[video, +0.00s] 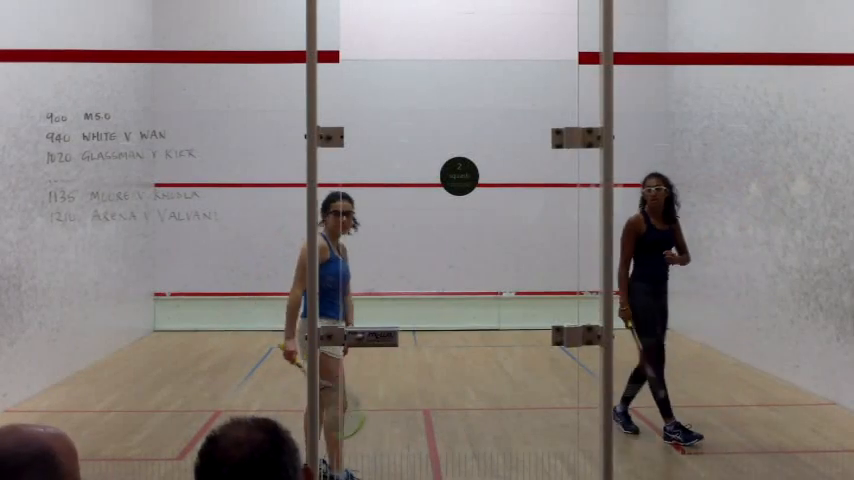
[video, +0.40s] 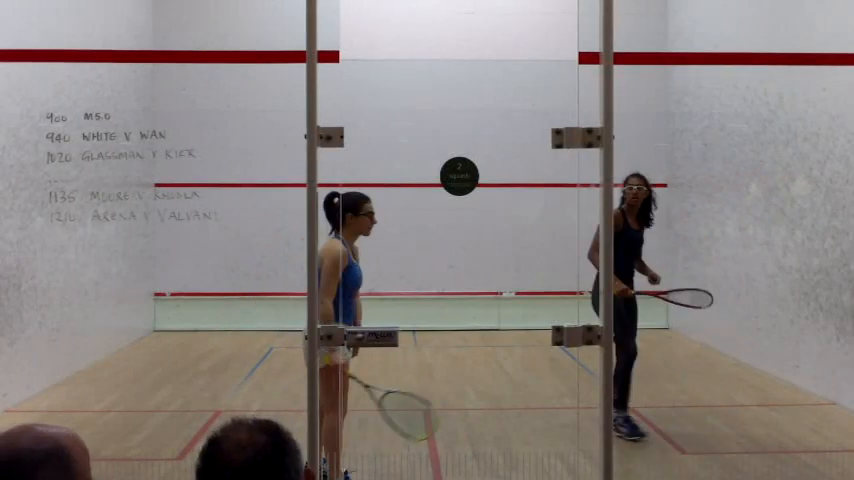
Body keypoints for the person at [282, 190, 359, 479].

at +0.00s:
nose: (344, 219)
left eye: (348, 214)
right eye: (338, 214)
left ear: (352, 219)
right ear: (325, 216)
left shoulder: (341, 249)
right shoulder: (314, 247)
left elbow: (346, 294)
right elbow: (296, 292)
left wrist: (349, 330)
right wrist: (289, 338)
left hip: (333, 330)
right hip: (318, 330)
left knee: (317, 402)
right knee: (336, 401)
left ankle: (311, 464)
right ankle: (337, 469)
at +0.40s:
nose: (374, 220)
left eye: (373, 215)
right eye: (369, 215)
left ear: (352, 218)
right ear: (350, 218)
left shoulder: (352, 248)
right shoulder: (334, 249)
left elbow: (353, 295)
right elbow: (325, 301)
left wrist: (356, 333)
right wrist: (332, 344)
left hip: (340, 341)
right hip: (329, 344)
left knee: (335, 409)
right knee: (334, 410)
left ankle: (325, 466)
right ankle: (334, 471)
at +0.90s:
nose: (364, 218)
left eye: (362, 214)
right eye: (360, 214)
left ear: (337, 220)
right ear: (348, 220)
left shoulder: (323, 249)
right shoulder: (352, 255)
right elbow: (353, 309)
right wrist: (366, 354)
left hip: (296, 328)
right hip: (324, 336)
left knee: (299, 407)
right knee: (339, 409)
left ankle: (279, 463)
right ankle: (336, 473)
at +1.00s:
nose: (357, 219)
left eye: (356, 213)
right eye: (354, 214)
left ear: (326, 218)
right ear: (345, 219)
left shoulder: (312, 248)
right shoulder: (348, 256)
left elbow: (308, 293)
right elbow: (349, 310)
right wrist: (361, 350)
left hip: (292, 327)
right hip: (324, 335)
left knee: (293, 405)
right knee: (334, 409)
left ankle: (279, 467)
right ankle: (336, 473)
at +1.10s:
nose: (349, 223)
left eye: (349, 217)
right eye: (348, 217)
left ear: (317, 217)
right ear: (340, 219)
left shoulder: (300, 248)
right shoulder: (343, 257)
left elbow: (295, 294)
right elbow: (346, 309)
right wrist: (357, 343)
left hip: (287, 328)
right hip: (321, 335)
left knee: (286, 406)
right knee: (335, 410)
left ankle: (273, 468)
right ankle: (336, 474)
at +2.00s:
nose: (365, 221)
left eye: (364, 217)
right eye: (364, 217)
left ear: (331, 219)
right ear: (360, 219)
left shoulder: (319, 254)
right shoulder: (376, 254)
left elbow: (314, 299)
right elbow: (391, 305)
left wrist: (321, 323)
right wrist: (374, 323)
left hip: (328, 341)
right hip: (366, 342)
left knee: (315, 408)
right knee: (369, 412)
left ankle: (295, 465)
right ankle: (367, 473)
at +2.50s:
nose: (325, 226)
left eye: (328, 218)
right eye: (325, 219)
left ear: (346, 218)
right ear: (355, 219)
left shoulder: (337, 250)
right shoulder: (380, 251)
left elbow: (326, 304)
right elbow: (383, 304)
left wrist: (309, 312)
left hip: (337, 336)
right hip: (371, 336)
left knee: (323, 409)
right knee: (368, 411)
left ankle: (323, 472)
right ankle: (366, 472)